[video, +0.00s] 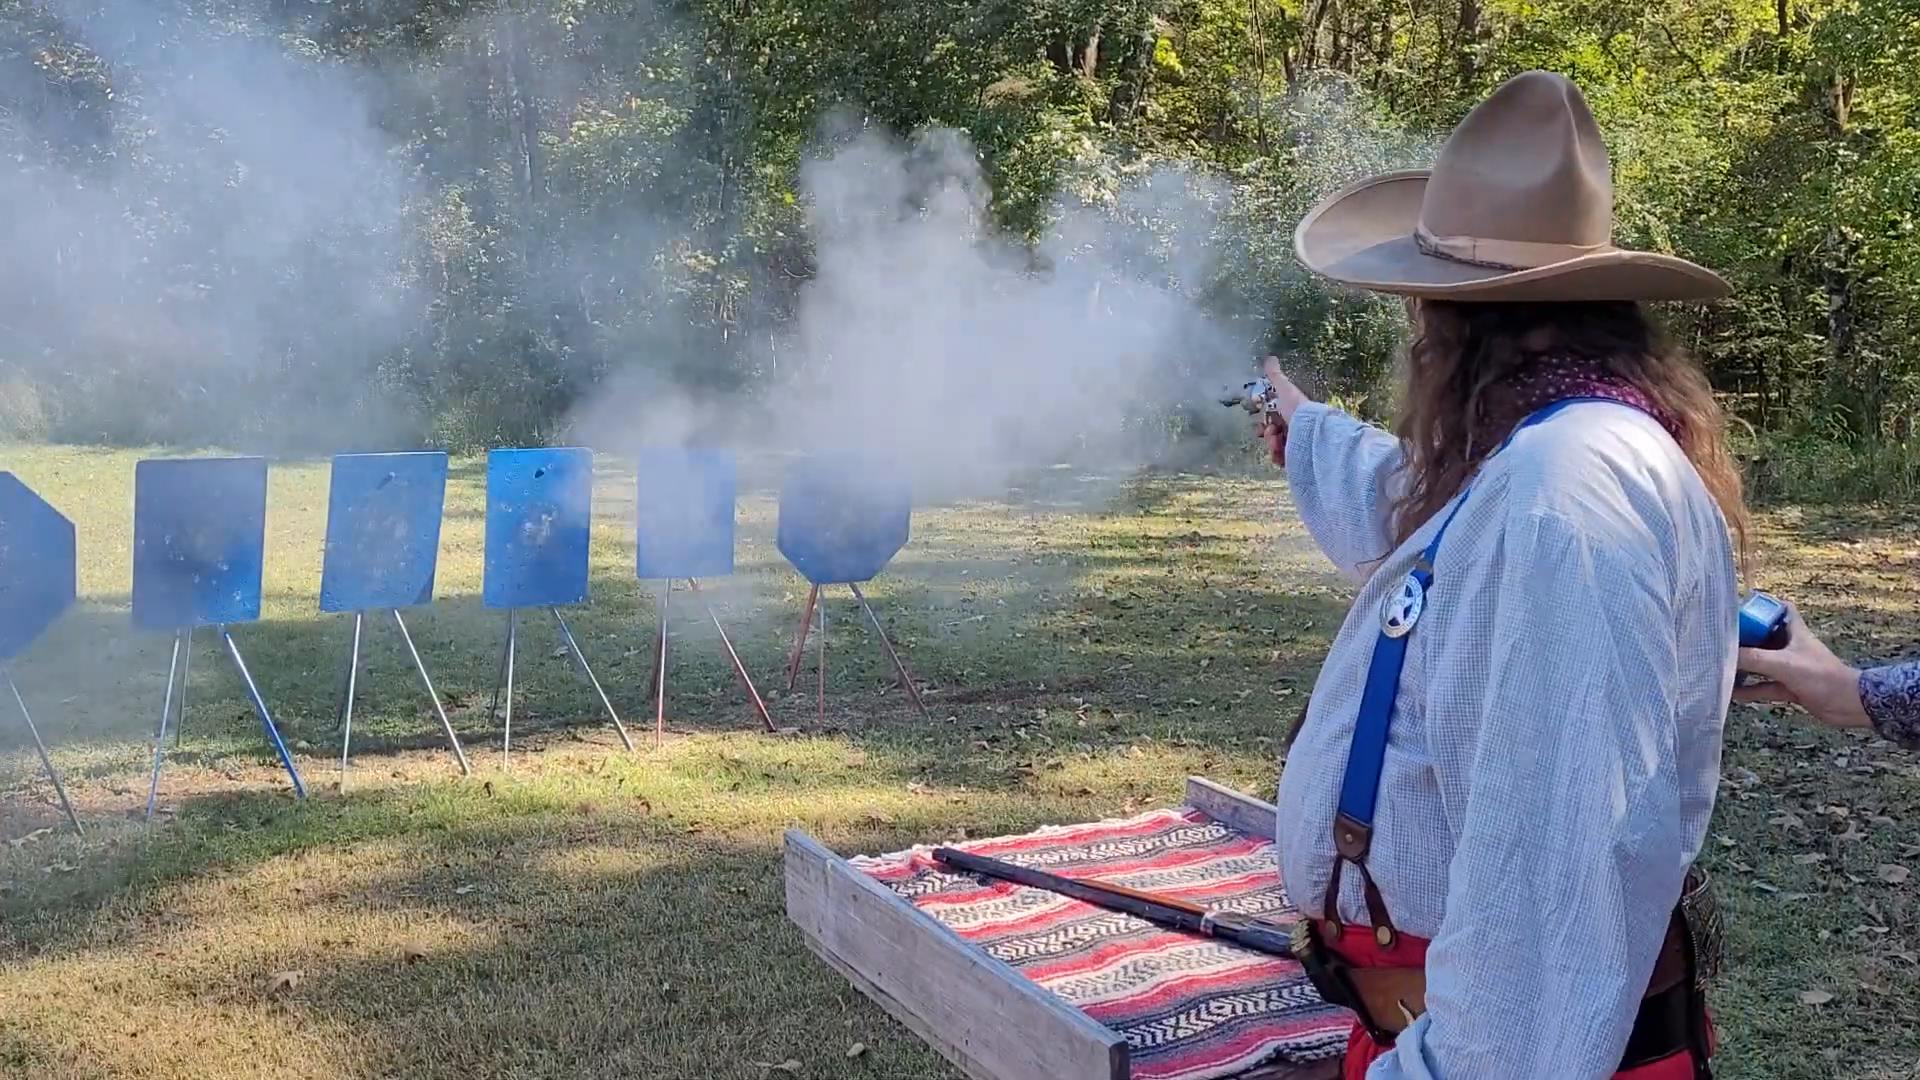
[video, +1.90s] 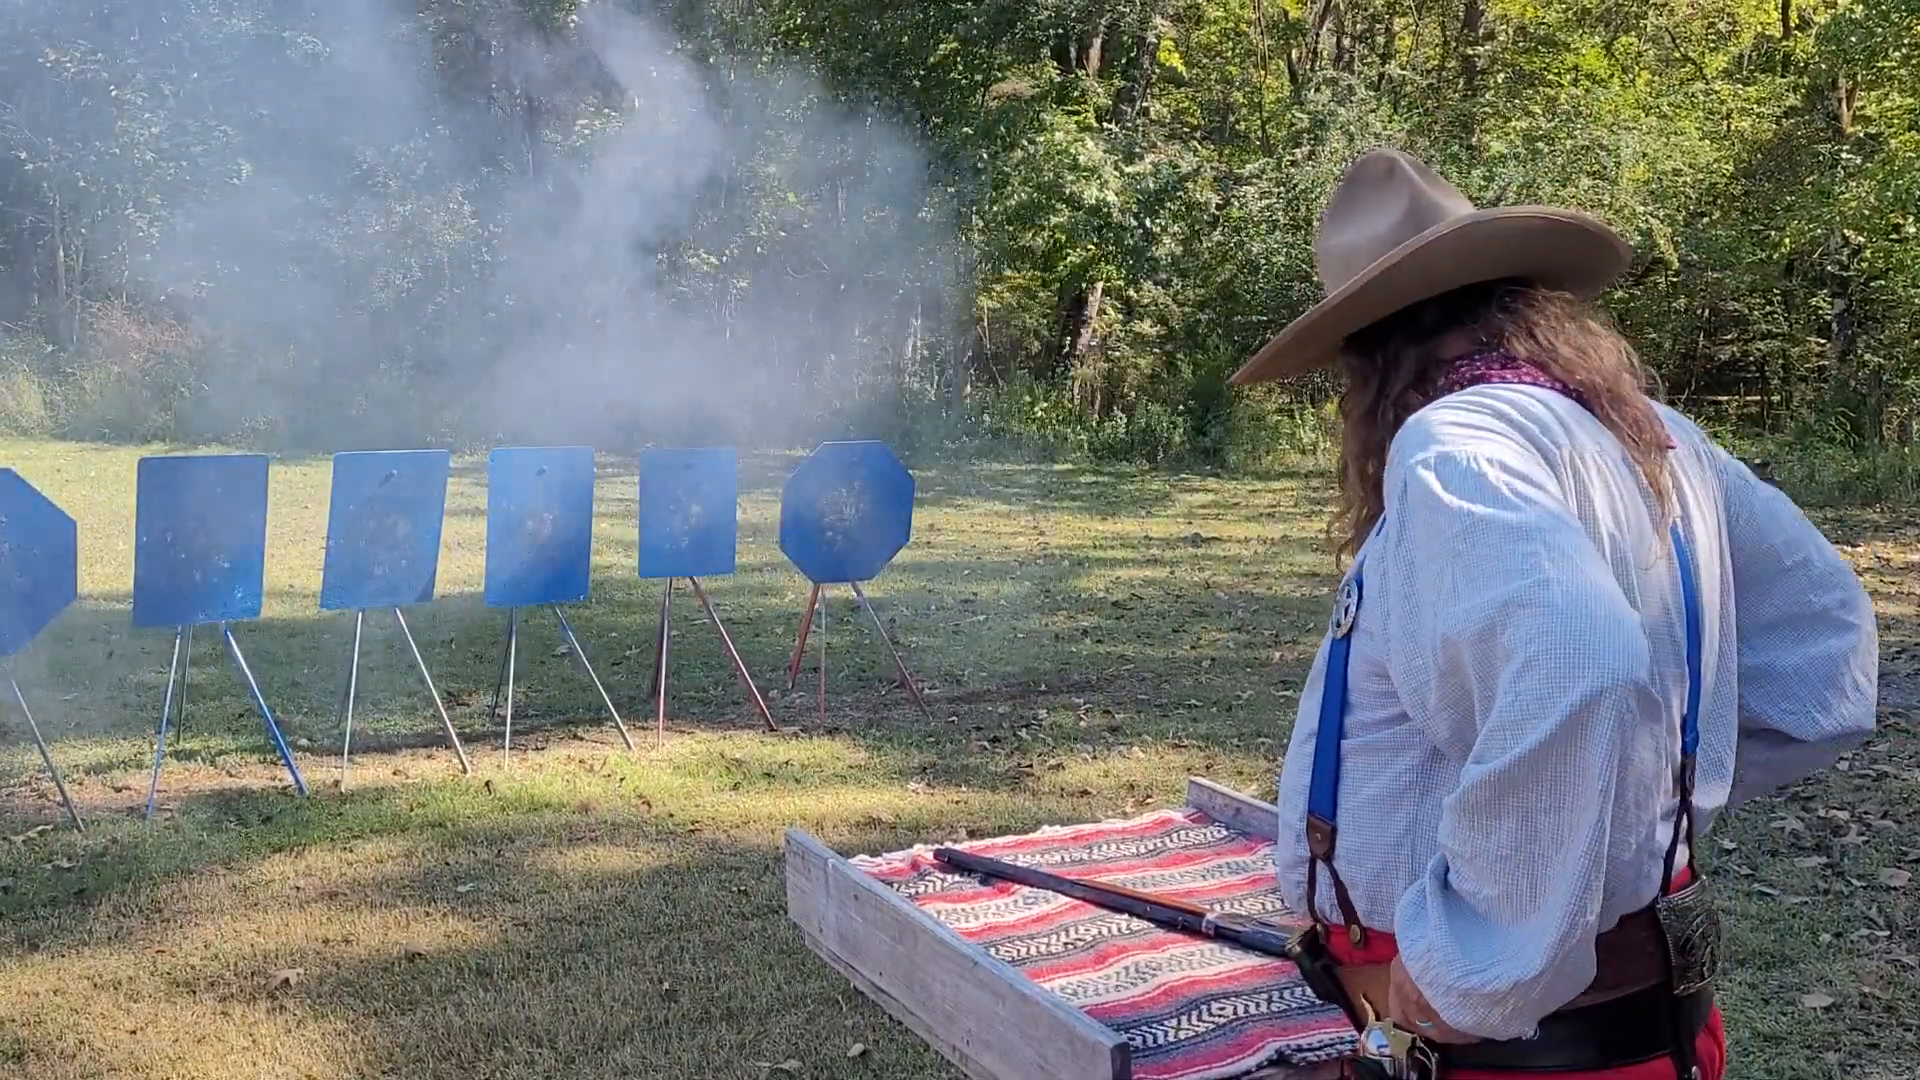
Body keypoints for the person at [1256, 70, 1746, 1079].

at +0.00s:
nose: (1409, 329)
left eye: (1421, 304)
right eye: (1411, 301)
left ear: (1461, 320)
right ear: (1566, 308)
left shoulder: (1562, 496)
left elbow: (1558, 872)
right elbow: (1412, 509)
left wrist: (1437, 1062)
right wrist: (1303, 429)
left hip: (1494, 1022)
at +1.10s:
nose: (1409, 335)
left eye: (1420, 309)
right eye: (1412, 306)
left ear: (1462, 323)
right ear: (1572, 310)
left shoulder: (1548, 478)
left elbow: (1596, 811)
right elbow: (1412, 507)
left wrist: (1437, 1047)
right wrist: (1306, 423)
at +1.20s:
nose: (1403, 334)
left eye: (1415, 308)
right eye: (1407, 306)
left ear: (1459, 320)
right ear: (1572, 307)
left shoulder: (1543, 465)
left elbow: (1672, 763)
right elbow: (1429, 519)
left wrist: (1467, 985)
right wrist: (1332, 457)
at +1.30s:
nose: (1388, 345)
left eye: (1395, 318)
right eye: (1389, 317)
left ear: (1435, 326)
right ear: (1564, 307)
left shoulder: (1523, 456)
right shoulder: (1597, 427)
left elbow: (1695, 719)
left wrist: (1489, 953)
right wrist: (1398, 513)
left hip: (1489, 1045)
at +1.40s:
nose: (1370, 364)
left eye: (1376, 334)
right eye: (1368, 333)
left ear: (1410, 336)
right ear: (1536, 309)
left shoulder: (1512, 461)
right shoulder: (1611, 437)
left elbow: (1694, 709)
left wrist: (1502, 941)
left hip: (1486, 1048)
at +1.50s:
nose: (1361, 378)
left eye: (1364, 351)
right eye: (1358, 352)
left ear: (1395, 355)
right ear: (1534, 307)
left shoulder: (1497, 459)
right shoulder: (1627, 420)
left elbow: (1674, 697)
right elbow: (1771, 554)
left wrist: (1510, 951)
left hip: (1488, 1046)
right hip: (1617, 1019)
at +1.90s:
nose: (1349, 393)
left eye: (1352, 365)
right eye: (1344, 367)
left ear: (1380, 357)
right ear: (1525, 305)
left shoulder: (1452, 445)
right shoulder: (1664, 433)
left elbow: (1580, 670)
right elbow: (1828, 678)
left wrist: (1460, 969)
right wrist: (1651, 775)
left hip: (1507, 1034)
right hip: (1664, 994)